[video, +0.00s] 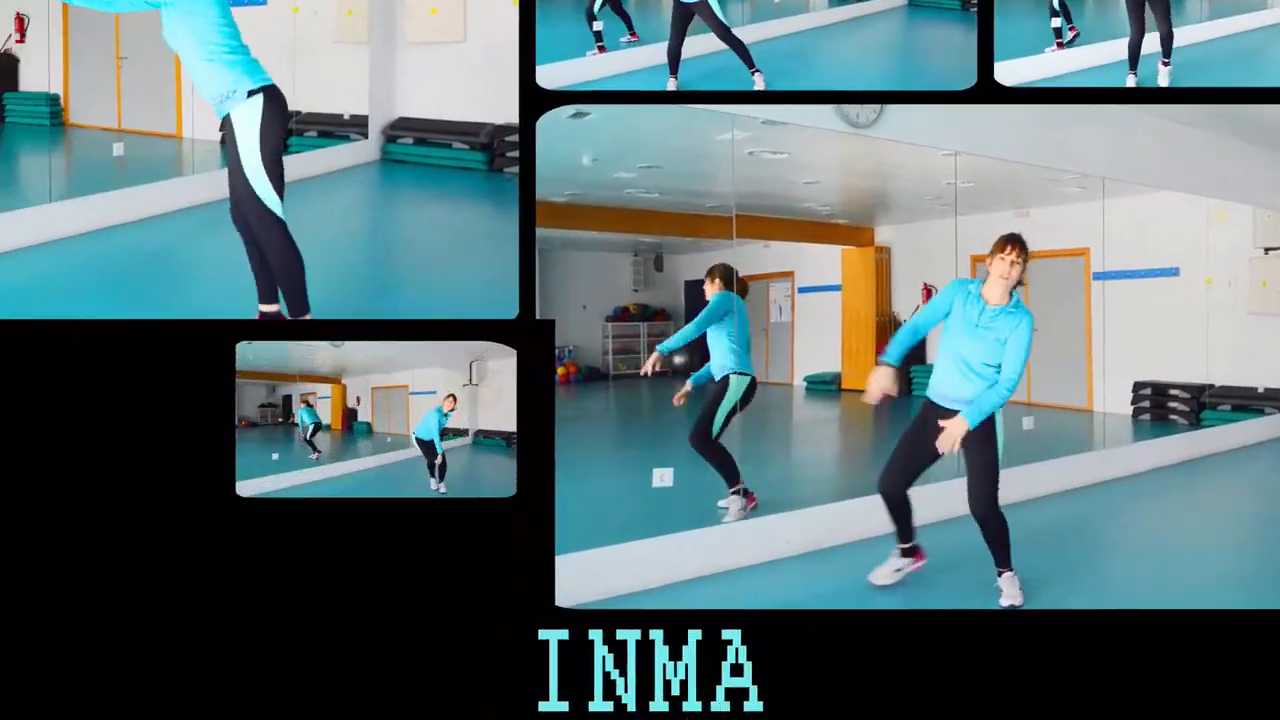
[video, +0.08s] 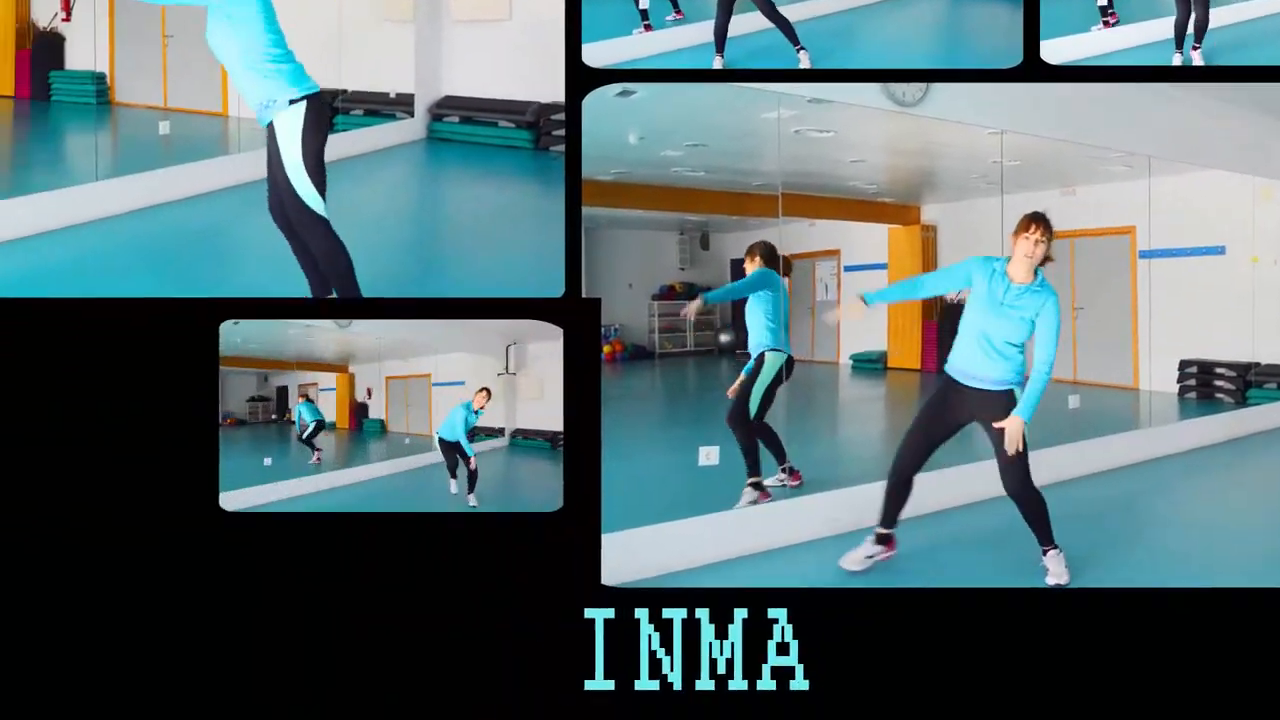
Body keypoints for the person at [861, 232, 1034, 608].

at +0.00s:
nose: (1009, 265)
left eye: (1017, 262)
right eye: (1003, 257)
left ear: (1022, 274)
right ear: (989, 261)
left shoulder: (1020, 320)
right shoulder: (959, 291)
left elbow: (1007, 384)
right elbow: (916, 325)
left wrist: (965, 419)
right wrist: (887, 364)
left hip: (979, 414)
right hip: (936, 406)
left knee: (983, 505)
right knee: (890, 485)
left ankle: (1005, 574)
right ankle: (908, 552)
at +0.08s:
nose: (1032, 244)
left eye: (1041, 240)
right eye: (1027, 236)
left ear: (1046, 251)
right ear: (1014, 240)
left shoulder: (1045, 300)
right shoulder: (980, 268)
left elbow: (1043, 366)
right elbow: (925, 284)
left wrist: (1020, 416)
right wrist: (869, 297)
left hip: (1000, 396)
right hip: (954, 387)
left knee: (1017, 484)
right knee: (904, 463)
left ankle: (1050, 551)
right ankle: (882, 540)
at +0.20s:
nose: (1064, 210)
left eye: (1072, 207)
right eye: (1058, 203)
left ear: (1077, 217)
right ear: (1044, 206)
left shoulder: (1074, 267)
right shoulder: (1012, 226)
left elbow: (1095, 326)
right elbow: (957, 208)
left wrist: (1105, 384)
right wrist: (903, 189)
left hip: (1022, 358)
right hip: (973, 348)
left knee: (1061, 441)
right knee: (937, 434)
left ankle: (1116, 513)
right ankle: (897, 512)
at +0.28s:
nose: (1084, 189)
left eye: (1091, 185)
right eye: (1078, 182)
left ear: (1097, 195)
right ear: (1064, 184)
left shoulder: (1094, 245)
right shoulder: (1033, 201)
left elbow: (1122, 295)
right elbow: (987, 168)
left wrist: (1151, 353)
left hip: (1042, 334)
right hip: (995, 324)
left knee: (1080, 418)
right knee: (973, 411)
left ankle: (1135, 492)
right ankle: (946, 491)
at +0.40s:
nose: (1127, 146)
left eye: (1135, 140)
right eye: (1121, 138)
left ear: (1143, 146)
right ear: (1108, 140)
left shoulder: (1145, 199)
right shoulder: (1084, 156)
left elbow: (1172, 252)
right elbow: (1040, 123)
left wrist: (1194, 305)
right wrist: (1013, 74)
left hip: (1092, 288)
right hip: (1047, 278)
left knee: (1126, 376)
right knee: (1037, 370)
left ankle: (1173, 454)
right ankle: (1023, 454)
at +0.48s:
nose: (1163, 117)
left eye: (1171, 111)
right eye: (1157, 109)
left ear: (1178, 118)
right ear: (1145, 111)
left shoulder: (1182, 168)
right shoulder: (1119, 131)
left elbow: (1207, 223)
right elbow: (1075, 97)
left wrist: (1223, 275)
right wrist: (1060, 49)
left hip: (1136, 259)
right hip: (1091, 251)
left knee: (1167, 349)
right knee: (1086, 346)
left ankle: (1212, 428)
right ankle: (1076, 430)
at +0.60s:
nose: (1222, 73)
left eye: (1230, 68)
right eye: (1216, 66)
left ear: (1238, 73)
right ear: (1204, 70)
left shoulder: (1247, 124)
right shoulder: (1179, 96)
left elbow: (1264, 178)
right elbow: (1126, 76)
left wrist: (1271, 230)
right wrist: (1130, 30)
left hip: (1210, 223)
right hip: (1164, 217)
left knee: (1232, 311)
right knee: (1162, 310)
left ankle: (1267, 392)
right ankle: (1156, 395)